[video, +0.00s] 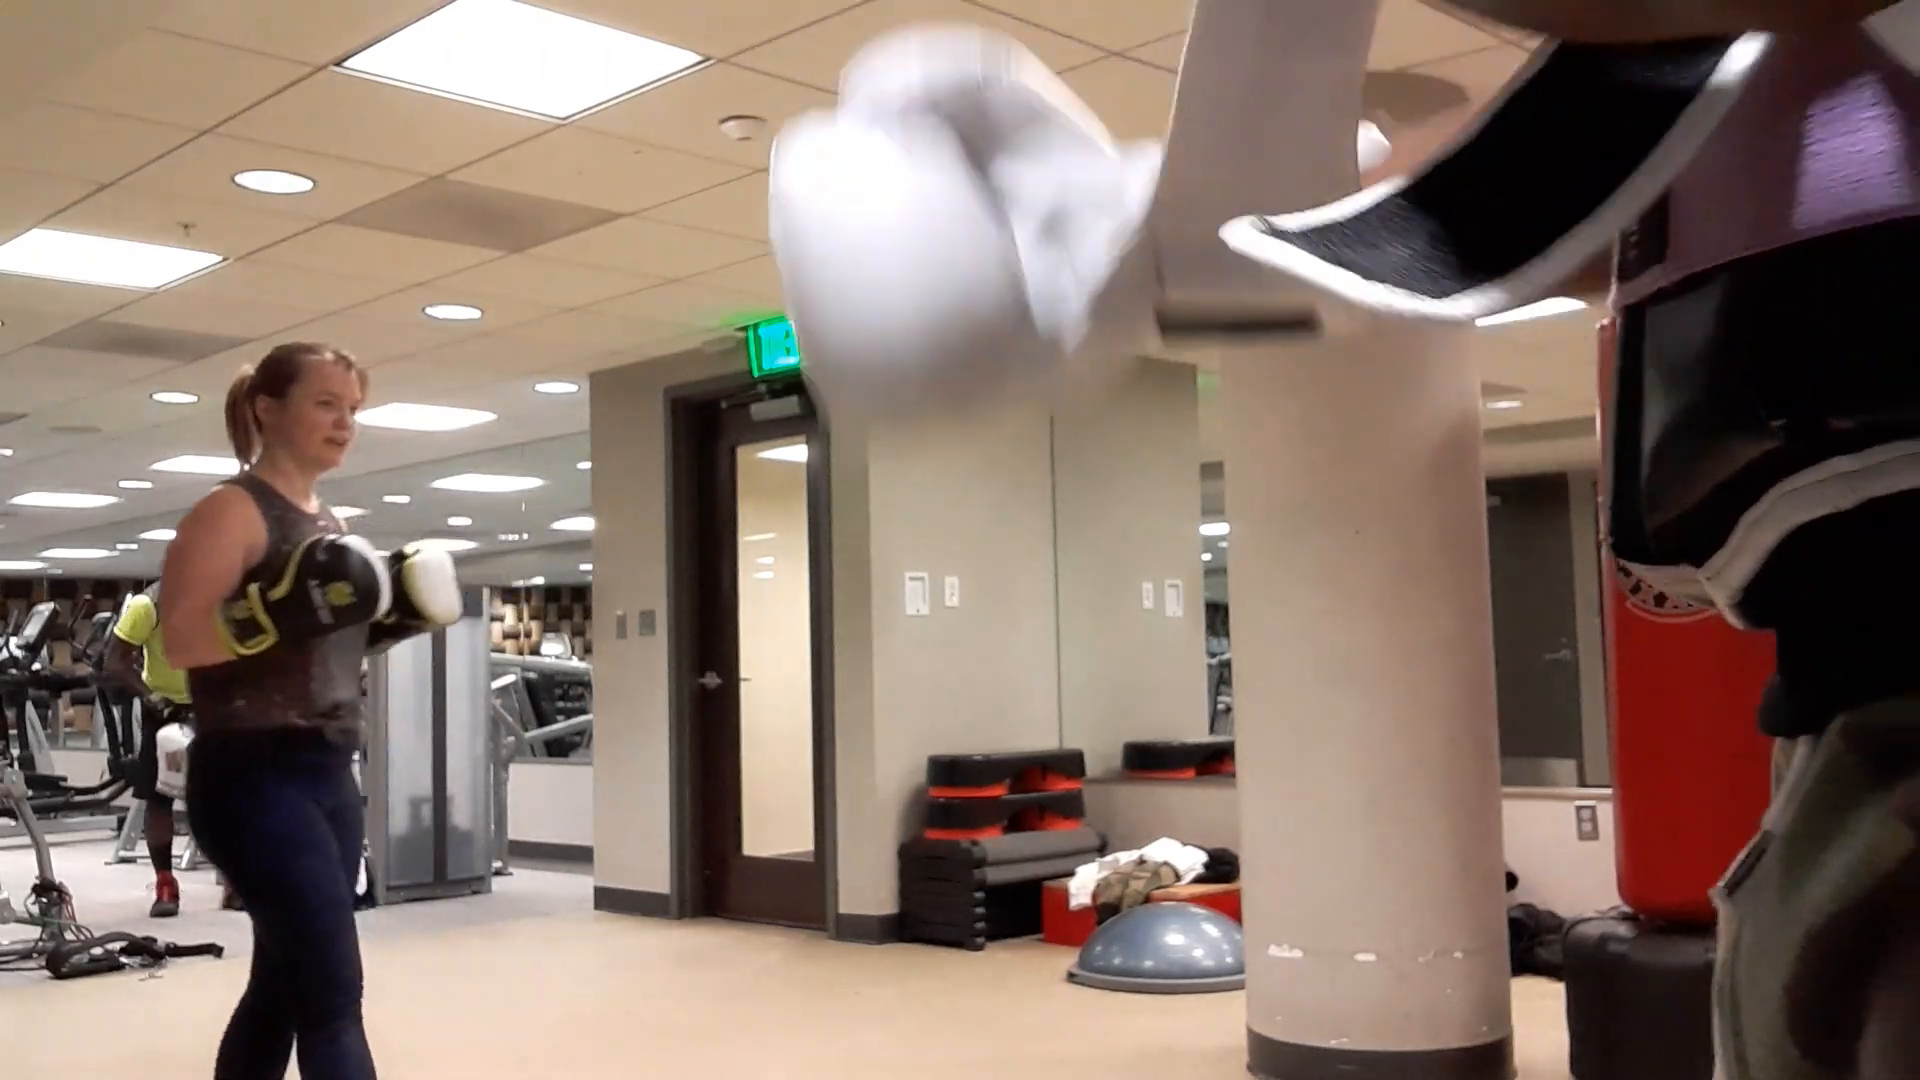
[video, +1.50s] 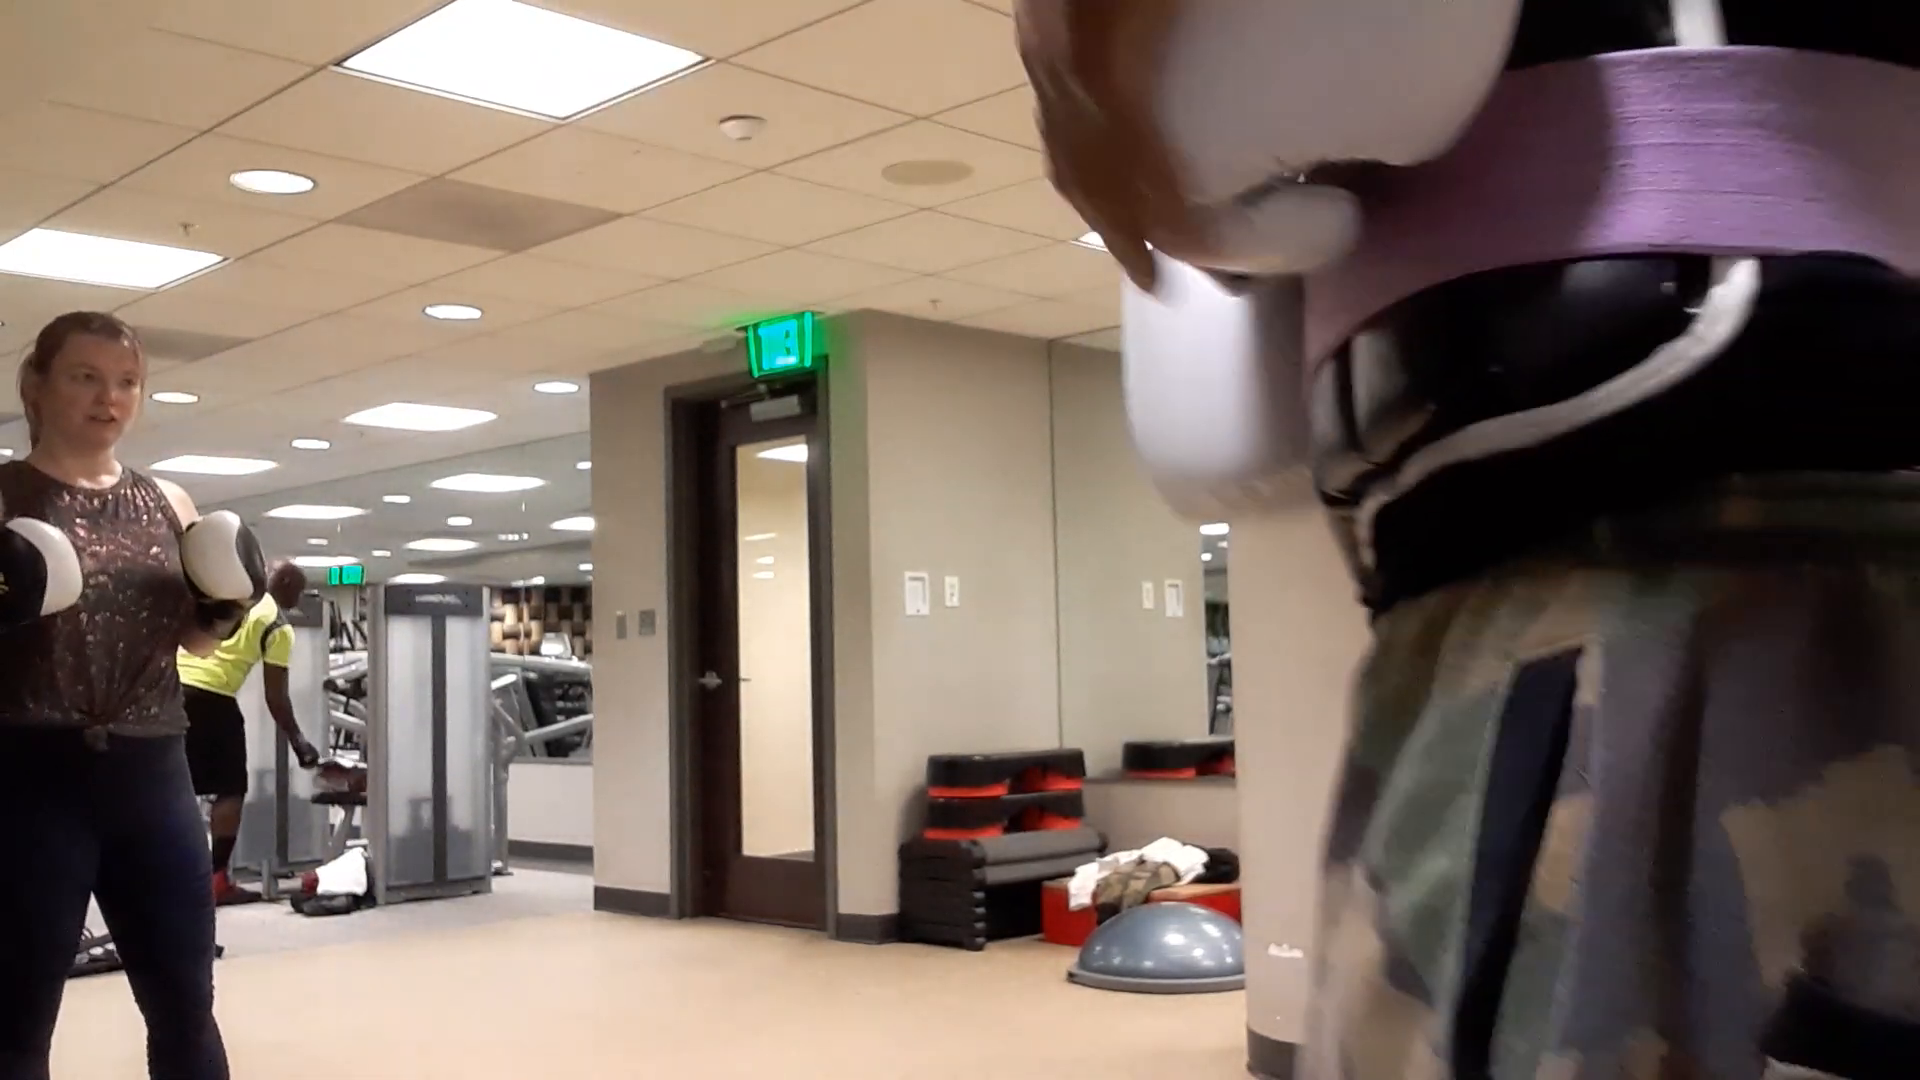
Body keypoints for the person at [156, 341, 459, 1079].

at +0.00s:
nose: (344, 424)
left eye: (352, 412)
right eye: (326, 406)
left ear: (357, 422)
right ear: (268, 410)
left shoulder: (325, 522)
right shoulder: (229, 511)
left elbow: (323, 645)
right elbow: (182, 642)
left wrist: (391, 620)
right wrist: (289, 612)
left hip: (325, 770)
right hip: (250, 775)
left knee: (279, 997)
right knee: (332, 992)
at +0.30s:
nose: (296, 423)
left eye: (305, 411)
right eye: (278, 403)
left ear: (312, 420)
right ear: (219, 405)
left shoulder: (281, 518)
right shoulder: (172, 508)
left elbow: (282, 645)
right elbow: (118, 637)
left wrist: (344, 613)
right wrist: (209, 602)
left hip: (281, 755)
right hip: (197, 758)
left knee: (270, 972)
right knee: (272, 973)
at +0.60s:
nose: (229, 416)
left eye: (243, 403)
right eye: (209, 396)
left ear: (253, 414)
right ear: (156, 402)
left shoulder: (233, 517)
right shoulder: (113, 503)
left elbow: (236, 651)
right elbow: (64, 646)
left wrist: (300, 620)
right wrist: (160, 599)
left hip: (245, 771)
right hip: (143, 773)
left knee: (241, 993)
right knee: (120, 998)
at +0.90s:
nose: (155, 406)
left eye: (171, 392)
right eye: (133, 386)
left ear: (182, 406)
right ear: (83, 394)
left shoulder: (192, 515)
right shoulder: (31, 501)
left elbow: (207, 651)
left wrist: (251, 613)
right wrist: (35, 598)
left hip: (179, 769)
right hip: (64, 768)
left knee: (213, 994)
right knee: (50, 998)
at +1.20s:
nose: (105, 400)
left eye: (122, 385)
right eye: (81, 380)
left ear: (138, 401)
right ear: (32, 389)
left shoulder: (165, 504)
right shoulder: (8, 494)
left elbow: (188, 638)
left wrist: (222, 602)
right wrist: (13, 595)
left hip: (146, 770)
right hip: (31, 770)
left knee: (183, 1001)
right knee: (19, 1015)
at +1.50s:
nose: (108, 400)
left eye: (125, 385)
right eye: (85, 379)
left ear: (140, 400)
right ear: (34, 387)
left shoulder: (168, 502)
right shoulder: (10, 492)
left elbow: (197, 638)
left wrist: (225, 599)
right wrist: (10, 587)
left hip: (151, 772)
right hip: (32, 772)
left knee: (185, 1007)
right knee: (21, 1019)